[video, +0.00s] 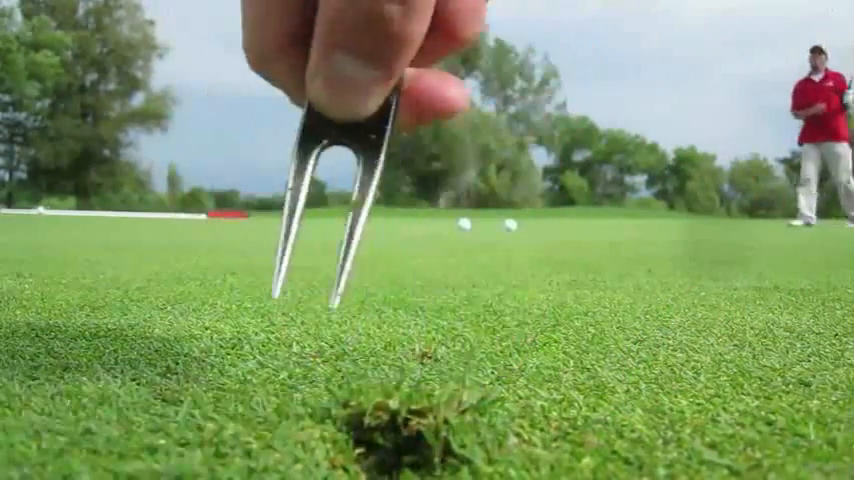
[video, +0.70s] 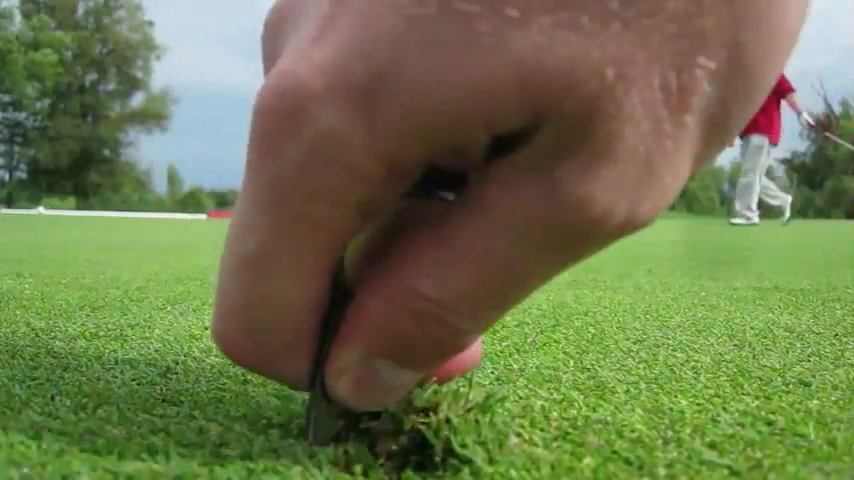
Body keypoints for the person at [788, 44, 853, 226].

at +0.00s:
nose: (816, 60)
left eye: (819, 56)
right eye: (813, 57)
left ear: (825, 59)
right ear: (809, 60)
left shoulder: (838, 80)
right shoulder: (801, 85)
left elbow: (846, 103)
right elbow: (796, 112)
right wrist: (813, 110)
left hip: (836, 137)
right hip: (810, 138)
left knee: (844, 180)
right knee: (807, 179)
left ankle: (851, 215)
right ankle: (806, 216)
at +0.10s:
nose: (806, 58)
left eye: (809, 54)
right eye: (803, 55)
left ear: (816, 57)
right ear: (799, 58)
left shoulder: (828, 77)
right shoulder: (791, 83)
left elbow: (840, 100)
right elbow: (783, 109)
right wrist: (800, 112)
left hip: (825, 134)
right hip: (801, 136)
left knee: (826, 173)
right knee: (799, 178)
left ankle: (846, 209)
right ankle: (805, 216)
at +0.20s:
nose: (798, 56)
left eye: (801, 52)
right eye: (795, 53)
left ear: (807, 54)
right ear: (791, 56)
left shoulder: (820, 75)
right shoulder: (784, 81)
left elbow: (832, 97)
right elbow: (773, 106)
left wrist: (839, 97)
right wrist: (787, 110)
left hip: (816, 130)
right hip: (793, 133)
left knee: (808, 169)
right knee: (792, 176)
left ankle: (826, 207)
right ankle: (804, 215)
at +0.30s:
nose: (791, 55)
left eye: (793, 52)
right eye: (787, 52)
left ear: (799, 54)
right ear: (783, 55)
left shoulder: (811, 73)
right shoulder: (776, 80)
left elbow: (825, 95)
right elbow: (765, 104)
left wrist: (838, 92)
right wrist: (775, 110)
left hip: (807, 127)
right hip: (786, 130)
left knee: (793, 168)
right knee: (791, 173)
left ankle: (800, 212)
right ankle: (806, 213)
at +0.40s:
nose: (782, 56)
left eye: (785, 52)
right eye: (779, 53)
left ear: (791, 54)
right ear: (775, 56)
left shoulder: (802, 73)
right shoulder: (768, 80)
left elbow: (817, 93)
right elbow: (759, 104)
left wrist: (831, 94)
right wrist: (763, 114)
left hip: (798, 129)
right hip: (778, 131)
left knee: (784, 170)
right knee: (792, 174)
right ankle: (805, 215)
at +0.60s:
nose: (764, 58)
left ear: (774, 54)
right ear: (757, 57)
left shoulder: (782, 73)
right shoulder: (755, 76)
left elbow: (801, 94)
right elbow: (746, 102)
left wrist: (821, 106)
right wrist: (738, 125)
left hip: (774, 131)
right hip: (758, 132)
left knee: (759, 172)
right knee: (775, 176)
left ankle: (749, 212)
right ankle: (798, 210)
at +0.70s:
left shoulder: (772, 74)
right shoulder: (745, 78)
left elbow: (788, 95)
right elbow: (735, 103)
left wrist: (801, 114)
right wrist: (731, 130)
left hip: (763, 128)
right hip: (747, 130)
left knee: (750, 172)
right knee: (752, 175)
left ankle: (746, 213)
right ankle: (782, 200)